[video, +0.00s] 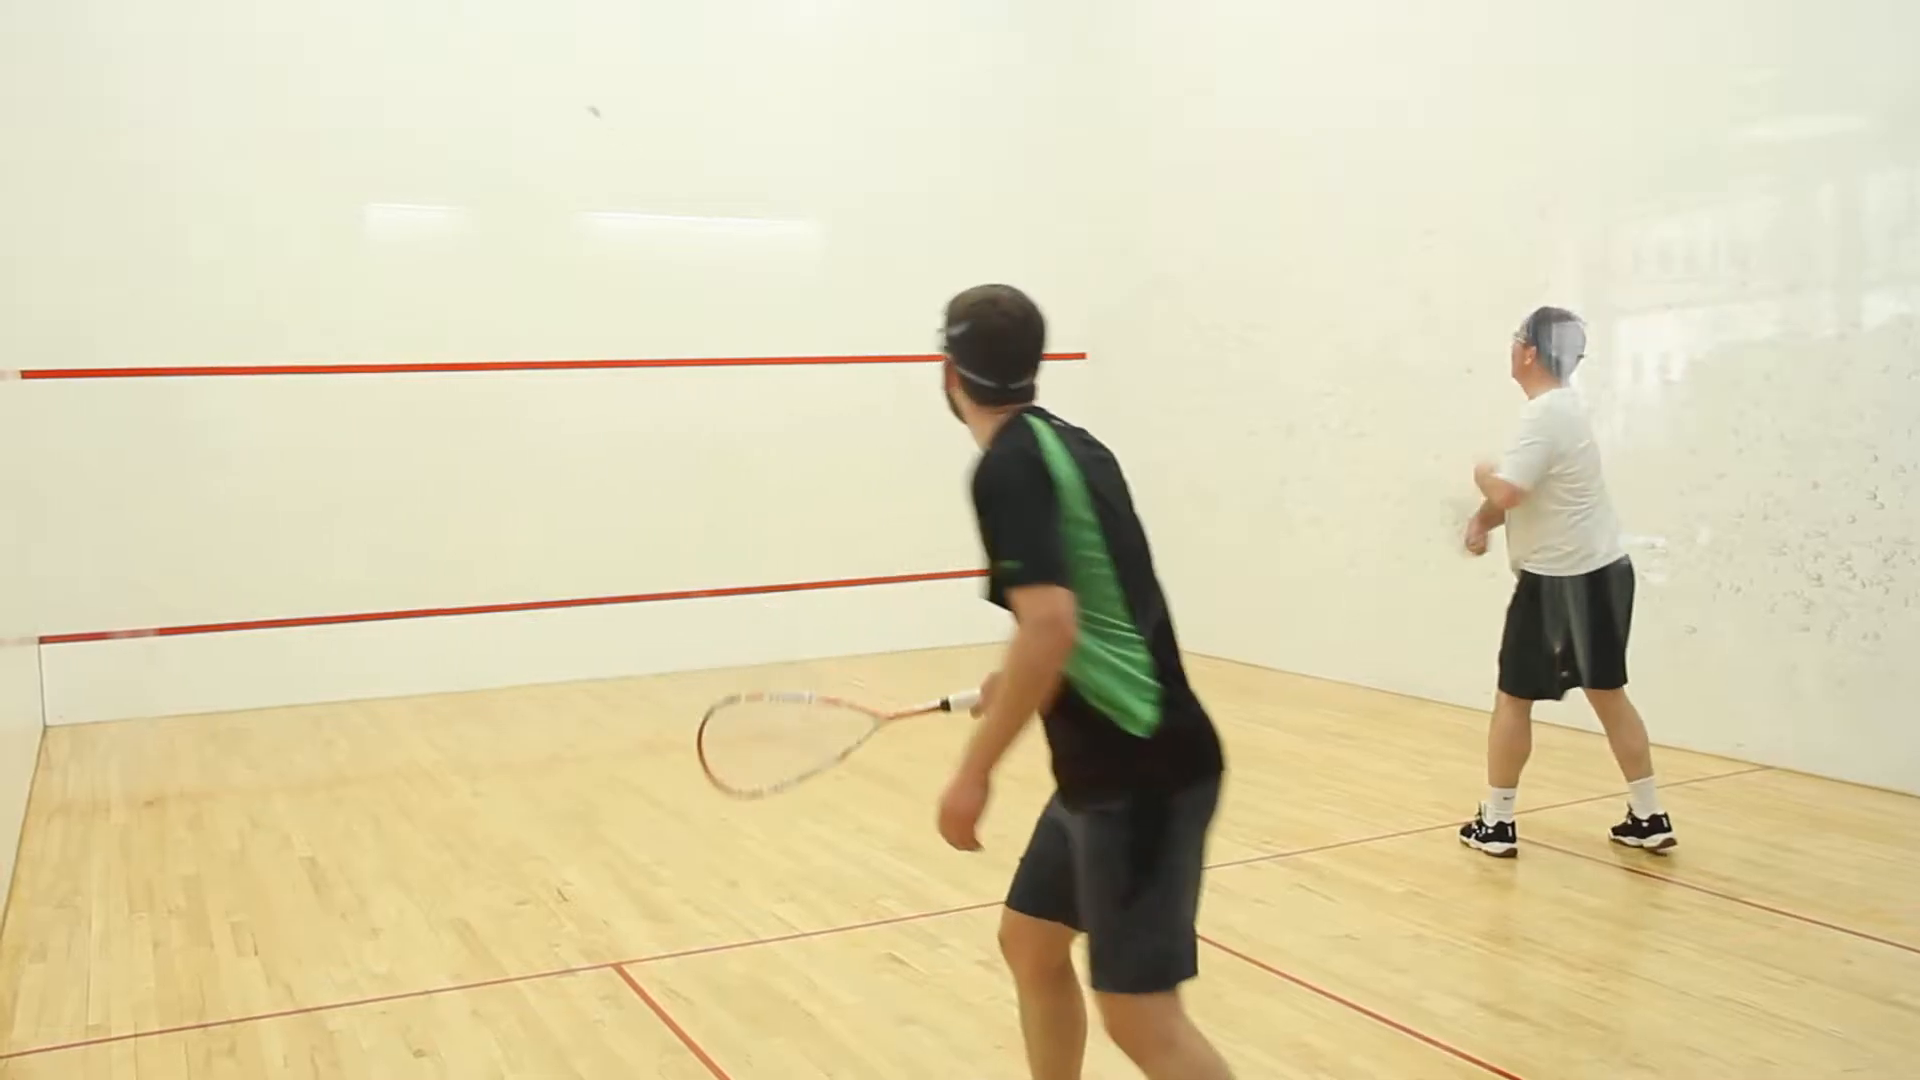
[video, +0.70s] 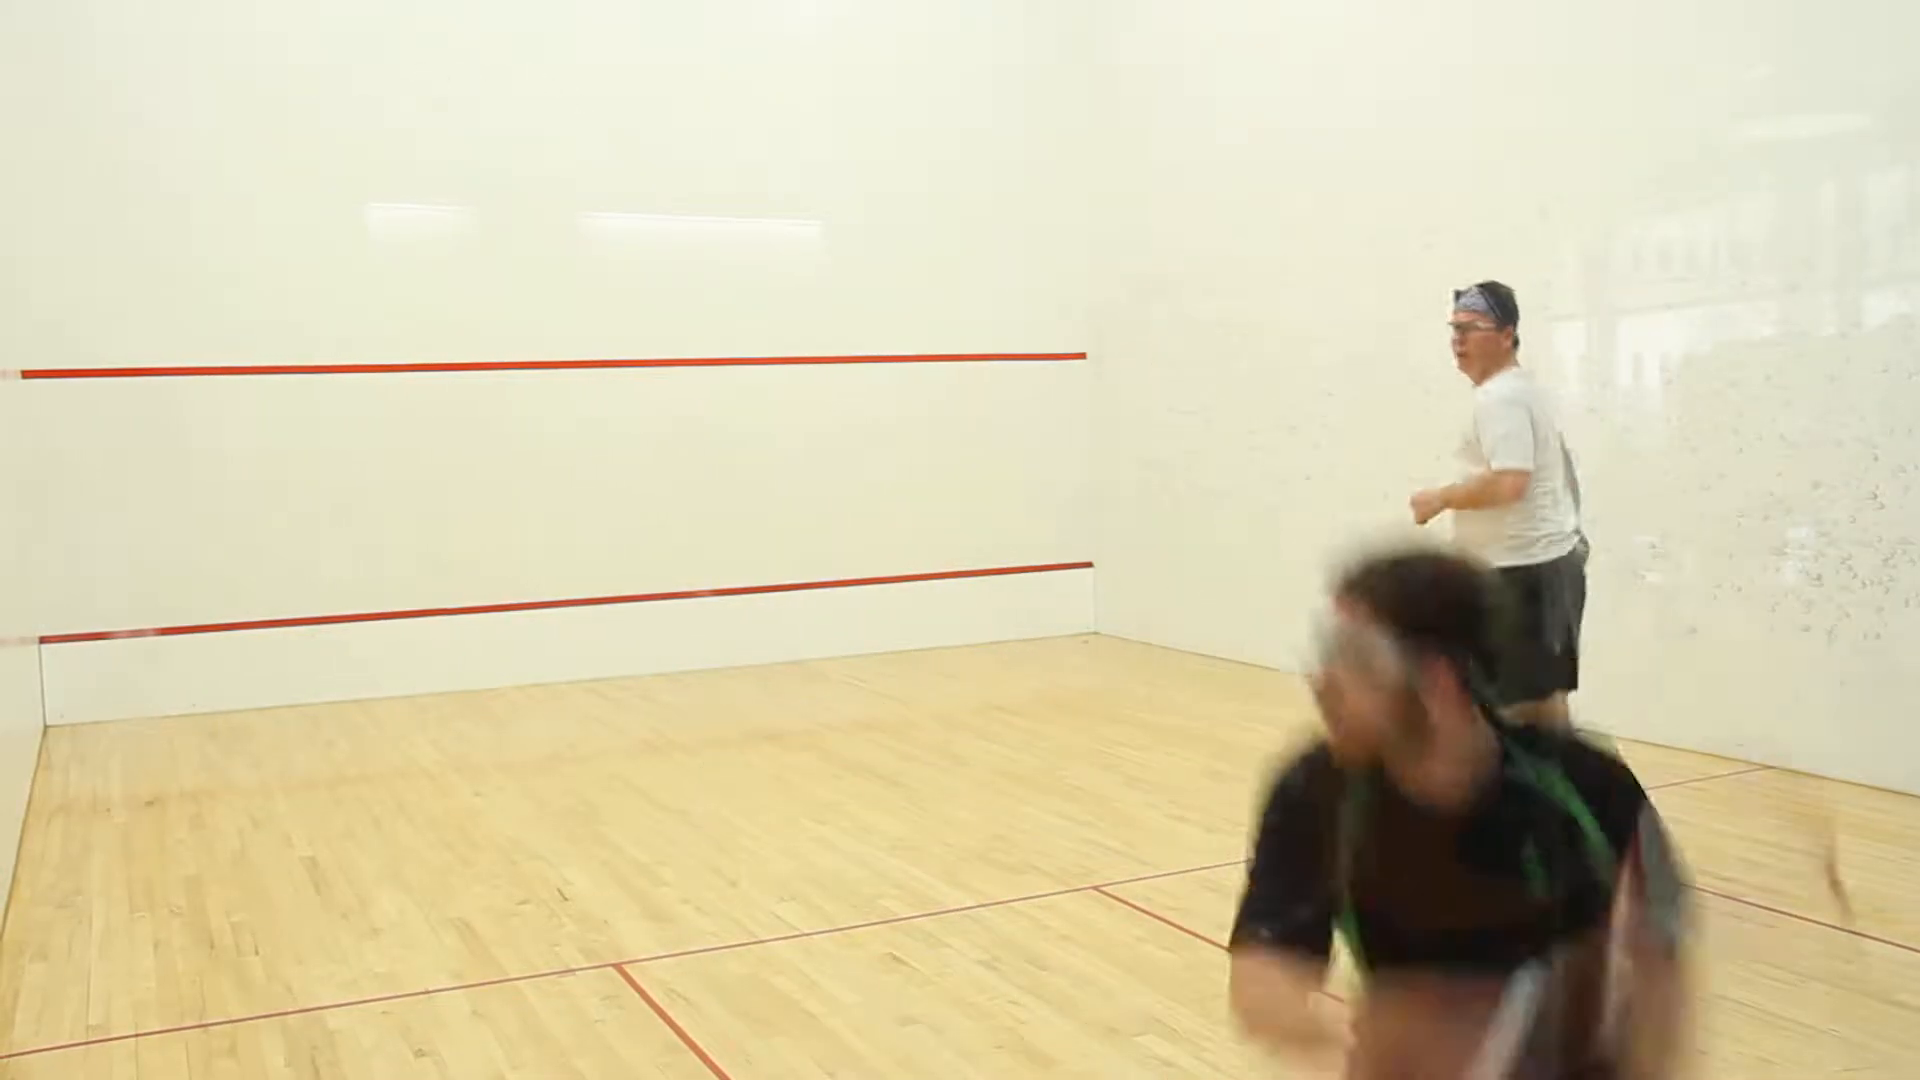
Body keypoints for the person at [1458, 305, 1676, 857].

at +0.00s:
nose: (1511, 352)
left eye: (1516, 343)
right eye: (1515, 343)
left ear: (1529, 353)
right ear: (1556, 356)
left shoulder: (1546, 417)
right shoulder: (1568, 407)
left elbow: (1505, 497)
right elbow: (1529, 480)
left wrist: (1484, 477)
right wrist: (1487, 519)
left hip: (1553, 580)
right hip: (1603, 573)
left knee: (1514, 698)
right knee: (1609, 693)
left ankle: (1497, 823)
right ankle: (1650, 816)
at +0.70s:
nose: (1456, 339)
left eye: (1469, 328)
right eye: (1453, 328)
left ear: (1506, 336)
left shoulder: (1501, 397)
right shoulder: (1522, 389)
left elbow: (1509, 483)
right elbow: (1562, 471)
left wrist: (1441, 498)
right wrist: (1571, 531)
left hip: (1523, 572)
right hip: (1544, 563)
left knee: (1525, 703)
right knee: (1547, 698)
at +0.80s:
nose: (1444, 367)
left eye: (1456, 355)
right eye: (1441, 355)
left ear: (1491, 361)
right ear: (1435, 356)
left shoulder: (1490, 421)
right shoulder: (1509, 414)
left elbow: (1499, 516)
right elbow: (1550, 505)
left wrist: (1426, 527)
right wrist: (1558, 569)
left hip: (1504, 601)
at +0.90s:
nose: (1419, 381)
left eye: (1430, 368)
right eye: (1415, 369)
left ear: (1467, 375)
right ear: (1414, 371)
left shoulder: (1473, 437)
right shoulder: (1463, 434)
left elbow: (1476, 532)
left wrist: (1404, 555)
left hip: (1478, 620)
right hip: (1467, 615)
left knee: (1425, 748)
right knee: (1426, 744)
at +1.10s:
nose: (1334, 376)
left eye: (1343, 365)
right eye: (1336, 365)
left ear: (1369, 372)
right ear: (1388, 374)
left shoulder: (1379, 432)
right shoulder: (1412, 428)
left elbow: (1374, 523)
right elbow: (1411, 525)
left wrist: (1334, 567)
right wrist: (1359, 563)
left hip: (1410, 616)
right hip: (1439, 610)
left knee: (1373, 763)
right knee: (1402, 756)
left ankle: (1447, 905)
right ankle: (1490, 833)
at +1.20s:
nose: (1291, 389)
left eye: (1298, 378)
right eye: (1294, 377)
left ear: (1322, 385)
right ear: (1343, 386)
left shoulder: (1332, 444)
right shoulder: (1373, 441)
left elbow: (1317, 532)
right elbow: (1374, 531)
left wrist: (1286, 580)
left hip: (1374, 623)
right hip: (1406, 622)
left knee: (1306, 762)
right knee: (1320, 754)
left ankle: (1390, 891)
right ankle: (1345, 873)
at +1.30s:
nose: (1255, 423)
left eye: (1260, 411)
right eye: (1257, 410)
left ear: (1280, 414)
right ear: (1310, 416)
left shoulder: (1297, 474)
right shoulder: (1334, 473)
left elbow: (1294, 565)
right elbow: (1344, 589)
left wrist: (1242, 608)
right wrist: (1285, 656)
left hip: (1334, 657)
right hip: (1364, 658)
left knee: (1247, 781)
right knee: (1275, 767)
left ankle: (1300, 943)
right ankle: (1322, 885)